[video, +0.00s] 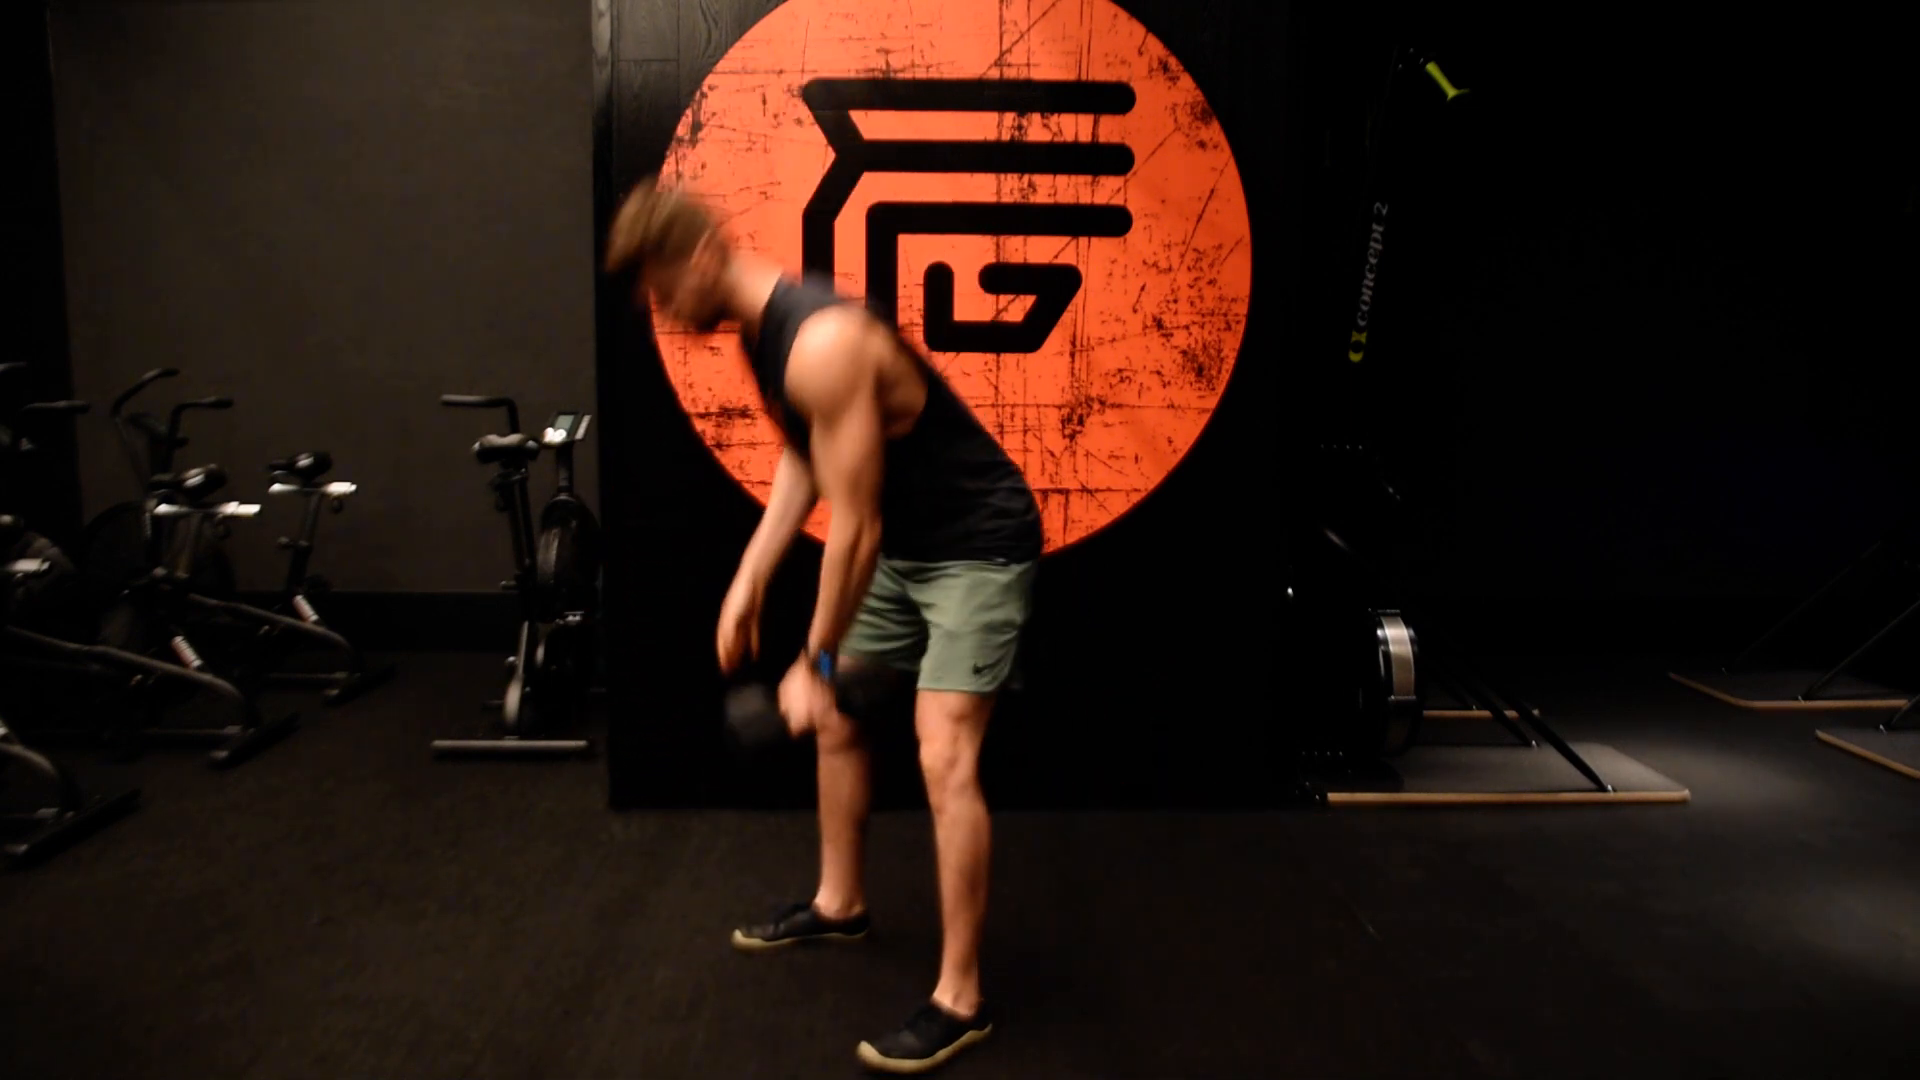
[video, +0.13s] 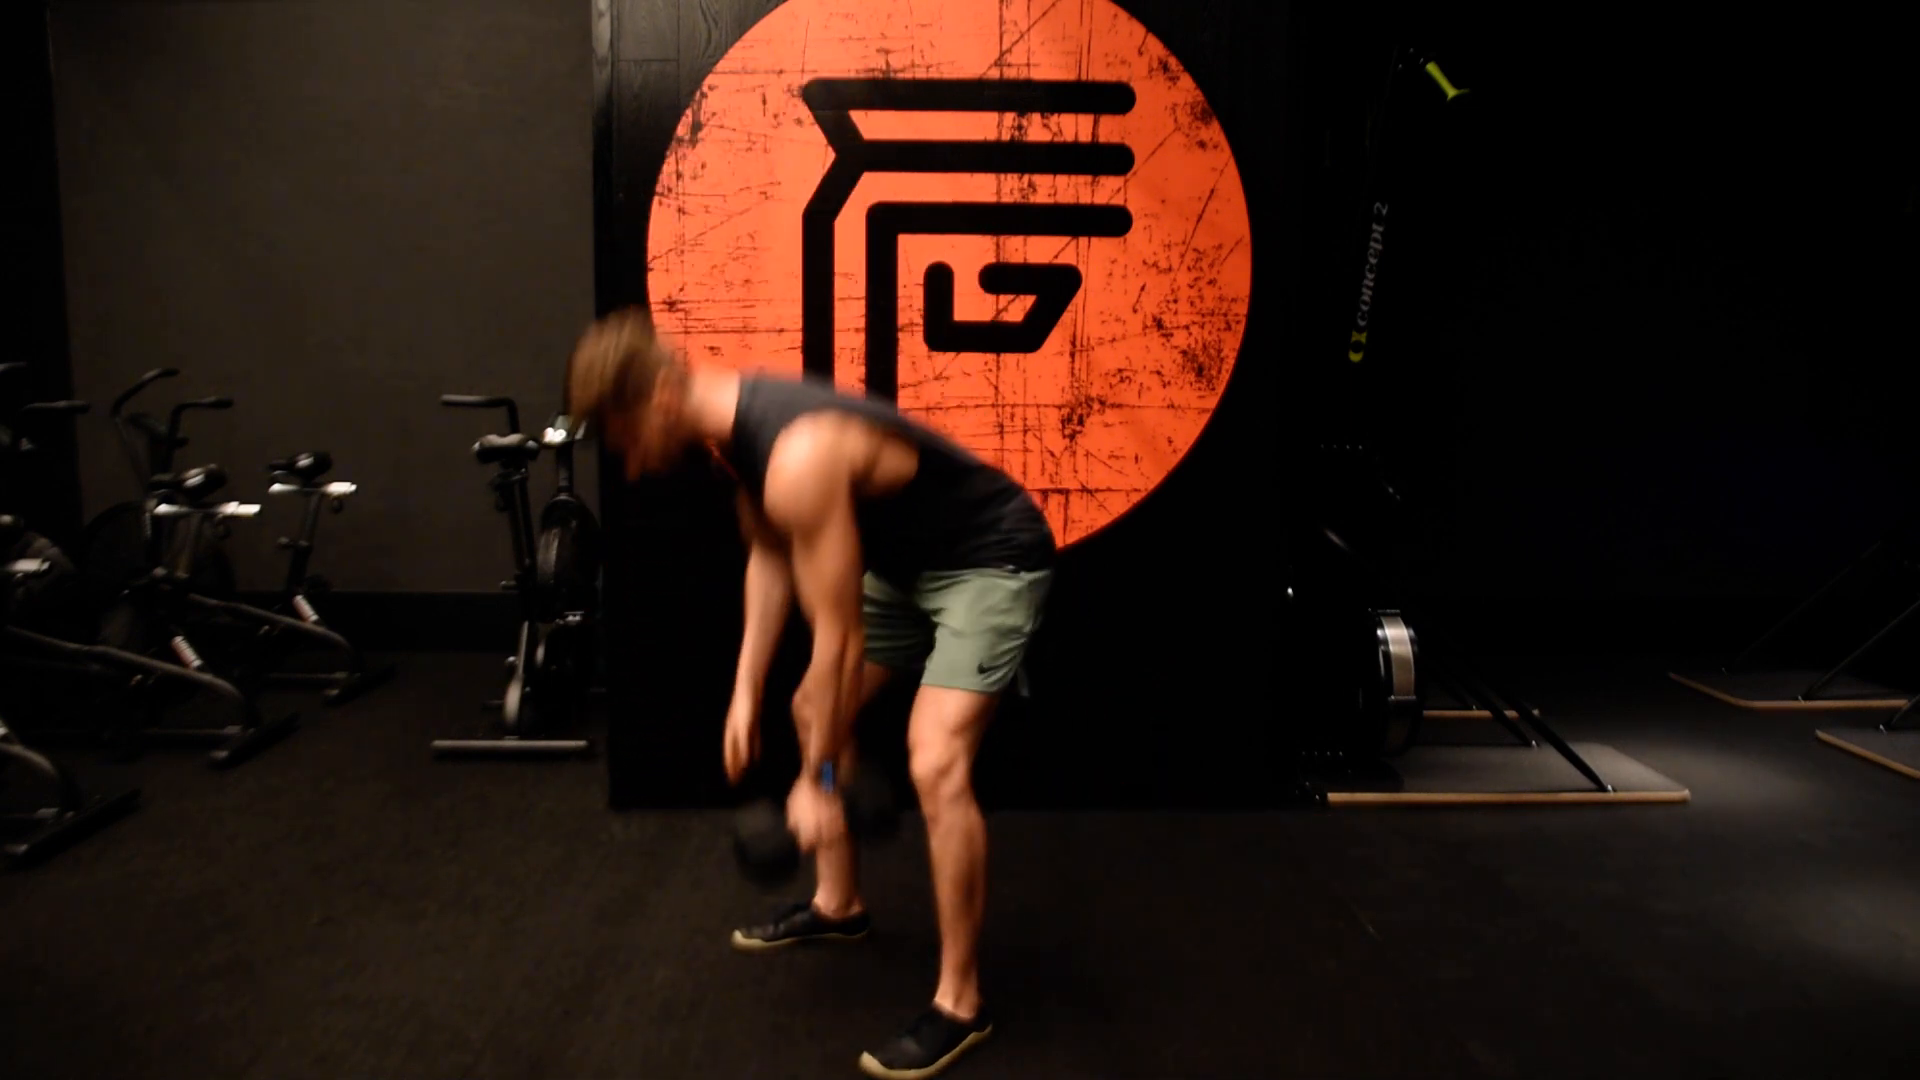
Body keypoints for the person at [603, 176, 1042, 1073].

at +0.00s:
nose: (661, 310)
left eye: (664, 288)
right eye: (650, 294)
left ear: (711, 251)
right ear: (702, 261)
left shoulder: (822, 345)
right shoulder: (765, 332)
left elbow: (858, 525)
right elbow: (800, 464)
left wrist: (819, 662)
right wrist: (747, 589)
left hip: (979, 545)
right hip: (892, 545)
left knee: (946, 751)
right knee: (834, 708)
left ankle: (960, 996)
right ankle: (838, 903)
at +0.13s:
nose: (625, 456)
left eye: (623, 433)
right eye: (613, 440)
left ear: (664, 391)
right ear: (662, 388)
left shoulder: (797, 456)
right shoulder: (730, 427)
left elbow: (838, 635)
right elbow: (769, 555)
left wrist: (819, 776)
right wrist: (746, 695)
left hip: (990, 557)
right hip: (895, 562)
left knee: (937, 758)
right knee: (815, 713)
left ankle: (959, 1000)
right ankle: (837, 904)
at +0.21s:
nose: (626, 548)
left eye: (619, 528)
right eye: (613, 535)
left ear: (647, 479)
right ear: (646, 471)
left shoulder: (787, 531)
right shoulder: (721, 492)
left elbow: (829, 706)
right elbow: (749, 622)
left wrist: (823, 852)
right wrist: (740, 761)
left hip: (992, 570)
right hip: (895, 578)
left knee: (924, 766)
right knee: (798, 706)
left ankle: (958, 1005)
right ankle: (832, 899)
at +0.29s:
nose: (626, 618)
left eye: (622, 600)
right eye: (614, 607)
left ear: (645, 552)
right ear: (642, 547)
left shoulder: (779, 590)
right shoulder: (710, 542)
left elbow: (821, 773)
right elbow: (729, 682)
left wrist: (820, 917)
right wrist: (731, 823)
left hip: (988, 589)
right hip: (897, 599)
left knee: (906, 776)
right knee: (784, 711)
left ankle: (958, 1003)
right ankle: (840, 901)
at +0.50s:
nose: (630, 722)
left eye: (621, 710)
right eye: (619, 716)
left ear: (637, 669)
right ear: (635, 657)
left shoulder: (764, 662)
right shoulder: (688, 644)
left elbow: (821, 836)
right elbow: (706, 790)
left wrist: (835, 978)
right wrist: (715, 920)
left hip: (970, 626)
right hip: (890, 633)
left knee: (870, 803)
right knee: (750, 732)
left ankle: (955, 1002)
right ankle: (830, 910)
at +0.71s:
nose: (675, 747)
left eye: (665, 737)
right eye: (662, 745)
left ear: (672, 697)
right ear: (669, 689)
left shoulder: (763, 662)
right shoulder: (694, 640)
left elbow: (818, 834)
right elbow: (717, 789)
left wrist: (828, 975)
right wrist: (717, 919)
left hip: (967, 518)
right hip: (885, 532)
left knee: (936, 747)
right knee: (824, 708)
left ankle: (992, 982)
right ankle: (859, 875)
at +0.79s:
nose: (668, 751)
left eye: (658, 740)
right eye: (657, 748)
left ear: (667, 702)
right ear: (663, 682)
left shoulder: (759, 670)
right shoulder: (690, 648)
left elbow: (817, 845)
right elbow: (714, 793)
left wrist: (829, 980)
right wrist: (717, 924)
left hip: (966, 517)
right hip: (891, 533)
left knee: (966, 750)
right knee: (851, 705)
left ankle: (1124, 889)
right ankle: (966, 813)